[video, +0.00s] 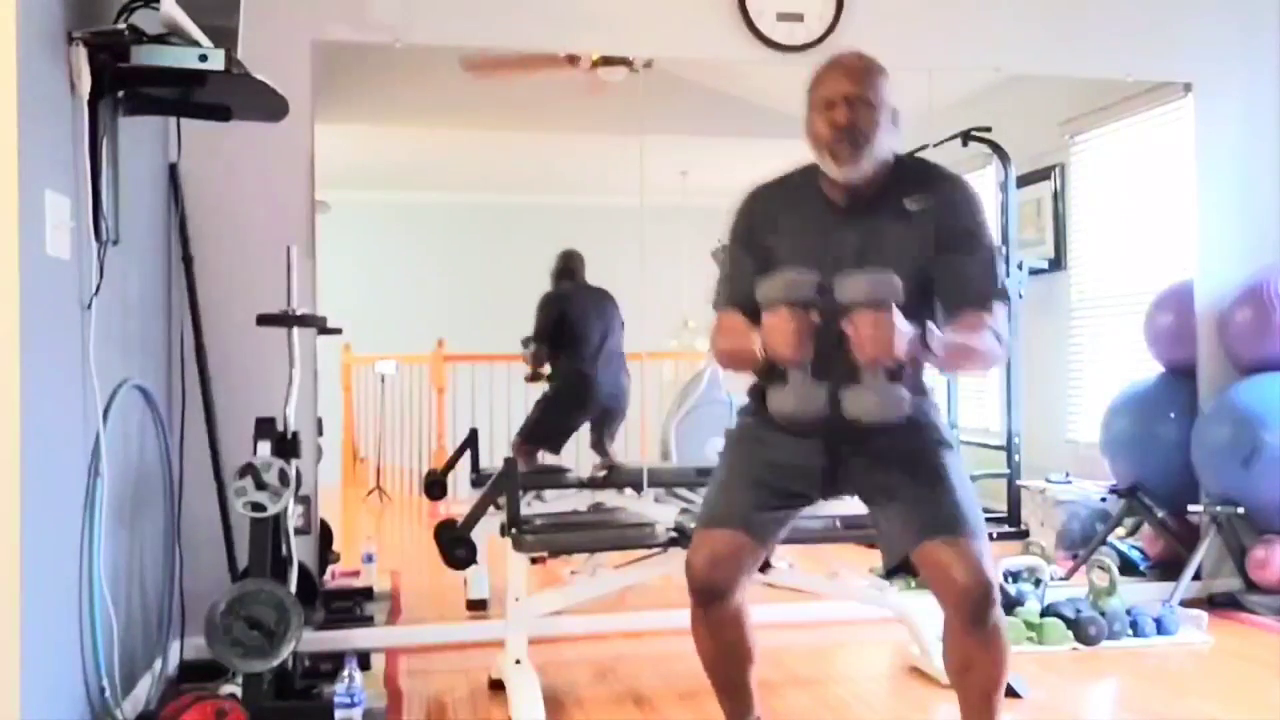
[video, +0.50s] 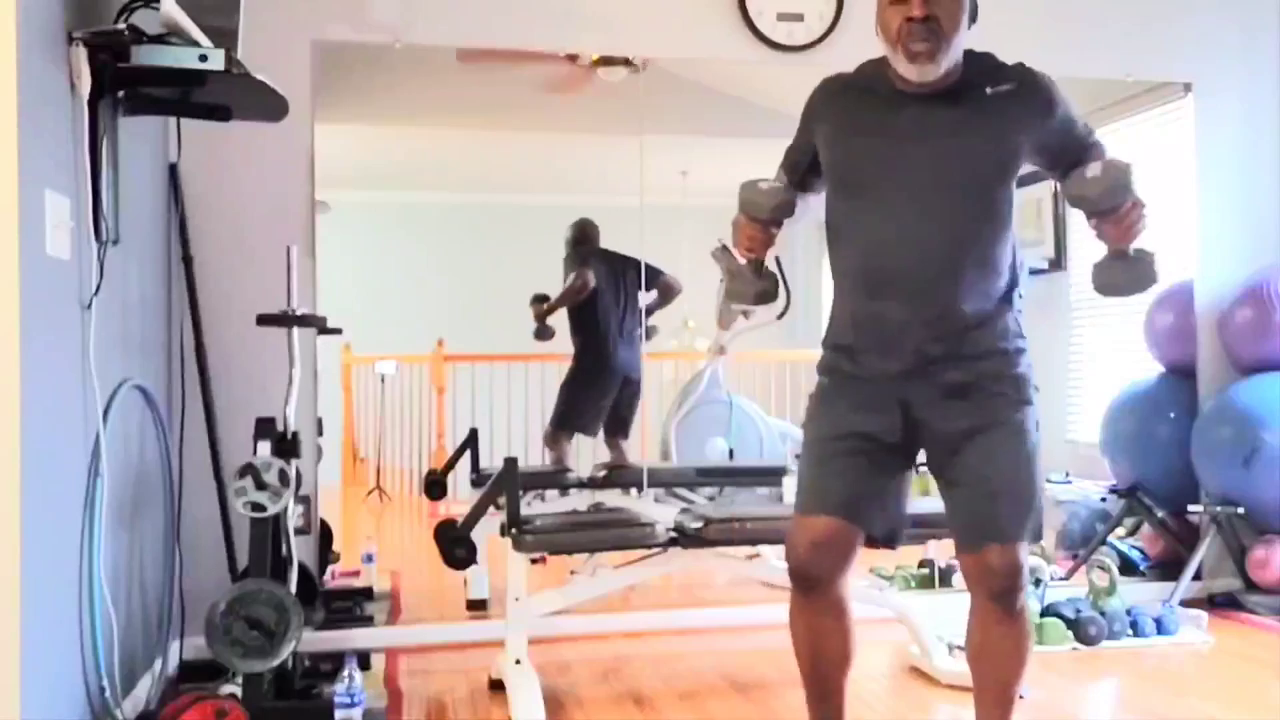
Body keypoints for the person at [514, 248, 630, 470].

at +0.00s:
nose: (553, 276)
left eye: (555, 272)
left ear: (557, 272)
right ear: (583, 273)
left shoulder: (554, 299)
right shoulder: (606, 298)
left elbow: (540, 353)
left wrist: (534, 364)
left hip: (576, 388)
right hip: (617, 388)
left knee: (524, 447)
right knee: (602, 444)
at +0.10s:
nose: (558, 281)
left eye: (560, 276)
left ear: (563, 277)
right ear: (588, 277)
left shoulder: (562, 301)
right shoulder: (613, 301)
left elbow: (545, 359)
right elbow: (616, 347)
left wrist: (532, 361)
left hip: (583, 390)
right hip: (623, 391)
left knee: (528, 447)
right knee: (599, 446)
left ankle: (537, 503)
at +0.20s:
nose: (560, 268)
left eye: (561, 264)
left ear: (564, 263)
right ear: (591, 262)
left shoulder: (568, 286)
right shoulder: (619, 288)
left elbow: (553, 338)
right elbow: (637, 341)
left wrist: (534, 349)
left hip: (590, 377)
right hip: (629, 378)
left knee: (539, 440)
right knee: (605, 443)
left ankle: (539, 500)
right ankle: (628, 493)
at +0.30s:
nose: (561, 252)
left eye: (562, 247)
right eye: (563, 248)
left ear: (566, 245)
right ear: (591, 244)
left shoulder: (574, 264)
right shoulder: (626, 269)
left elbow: (571, 306)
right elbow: (656, 311)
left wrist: (540, 329)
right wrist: (626, 324)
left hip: (593, 362)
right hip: (629, 365)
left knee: (549, 430)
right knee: (610, 433)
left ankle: (546, 496)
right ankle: (625, 487)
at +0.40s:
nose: (565, 244)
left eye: (566, 239)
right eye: (565, 240)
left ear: (570, 238)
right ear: (594, 236)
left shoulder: (575, 256)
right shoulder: (624, 259)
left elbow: (585, 283)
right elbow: (667, 290)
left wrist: (547, 313)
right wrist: (641, 315)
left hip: (593, 359)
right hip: (629, 362)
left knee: (550, 431)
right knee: (612, 431)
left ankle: (556, 501)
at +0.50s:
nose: (567, 249)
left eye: (569, 244)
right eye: (568, 244)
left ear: (574, 242)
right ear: (598, 240)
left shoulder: (579, 258)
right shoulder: (624, 262)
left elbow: (585, 282)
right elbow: (672, 287)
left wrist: (548, 309)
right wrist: (647, 311)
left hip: (596, 365)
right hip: (631, 367)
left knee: (556, 436)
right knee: (615, 437)